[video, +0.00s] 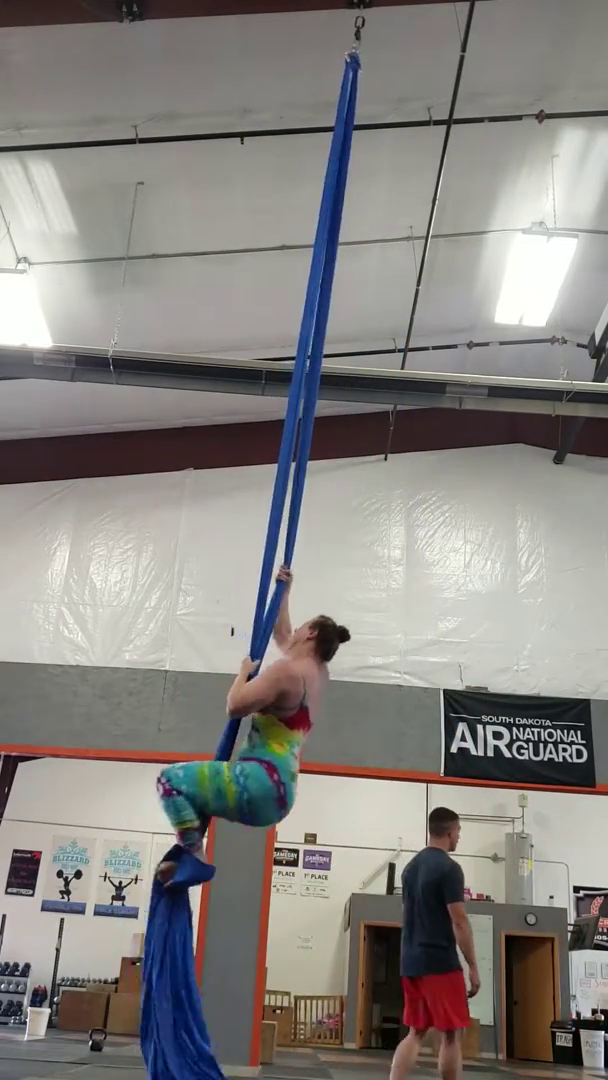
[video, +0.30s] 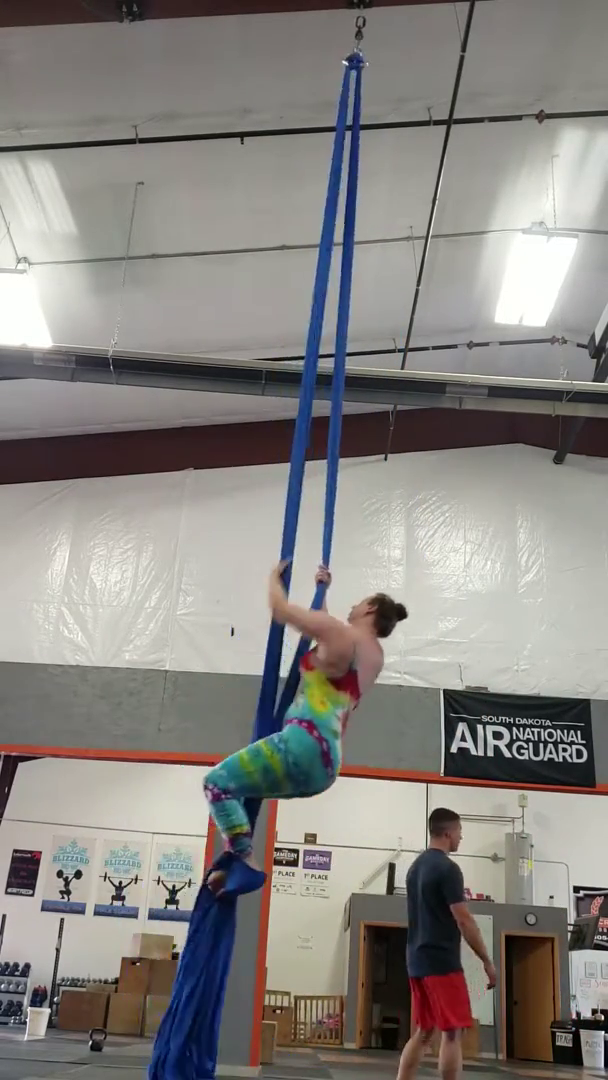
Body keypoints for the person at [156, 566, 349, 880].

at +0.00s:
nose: (299, 627)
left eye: (304, 624)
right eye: (303, 624)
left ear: (310, 633)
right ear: (322, 641)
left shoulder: (287, 670)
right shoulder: (315, 671)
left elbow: (235, 705)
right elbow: (283, 636)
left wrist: (244, 672)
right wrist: (283, 592)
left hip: (260, 782)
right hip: (280, 793)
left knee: (172, 779)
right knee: (188, 784)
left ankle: (193, 856)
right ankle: (187, 858)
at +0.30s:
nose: (354, 606)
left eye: (360, 602)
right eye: (359, 602)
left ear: (369, 608)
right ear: (382, 622)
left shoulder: (340, 631)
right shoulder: (375, 656)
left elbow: (279, 609)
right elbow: (323, 635)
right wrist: (321, 592)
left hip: (303, 743)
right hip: (325, 767)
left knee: (217, 782)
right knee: (237, 790)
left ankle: (244, 862)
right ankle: (232, 861)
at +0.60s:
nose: (412, 581)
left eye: (418, 578)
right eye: (418, 577)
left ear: (427, 587)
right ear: (437, 600)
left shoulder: (406, 600)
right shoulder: (427, 636)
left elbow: (351, 568)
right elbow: (368, 634)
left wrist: (351, 533)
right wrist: (354, 588)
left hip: (356, 708)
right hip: (376, 733)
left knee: (277, 768)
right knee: (285, 771)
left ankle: (269, 858)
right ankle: (267, 855)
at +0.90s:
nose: (452, 565)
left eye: (457, 562)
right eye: (456, 562)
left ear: (467, 567)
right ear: (480, 582)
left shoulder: (456, 586)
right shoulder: (467, 616)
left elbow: (399, 561)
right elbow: (404, 633)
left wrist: (397, 529)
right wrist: (389, 584)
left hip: (396, 695)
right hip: (415, 712)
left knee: (330, 766)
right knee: (335, 770)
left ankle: (324, 865)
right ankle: (324, 860)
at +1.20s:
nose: (451, 549)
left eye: (457, 546)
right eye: (456, 545)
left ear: (469, 554)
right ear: (479, 562)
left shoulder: (457, 569)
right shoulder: (473, 595)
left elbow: (396, 561)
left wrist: (407, 529)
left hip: (428, 682)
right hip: (453, 701)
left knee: (382, 772)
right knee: (382, 772)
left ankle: (394, 866)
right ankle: (388, 863)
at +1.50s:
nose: (446, 536)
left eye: (451, 534)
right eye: (451, 533)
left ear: (459, 542)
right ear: (470, 553)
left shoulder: (453, 565)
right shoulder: (434, 588)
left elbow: (392, 562)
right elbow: (379, 591)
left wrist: (405, 533)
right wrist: (381, 545)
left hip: (432, 678)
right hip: (460, 694)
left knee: (407, 777)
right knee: (403, 778)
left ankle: (428, 871)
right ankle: (420, 872)